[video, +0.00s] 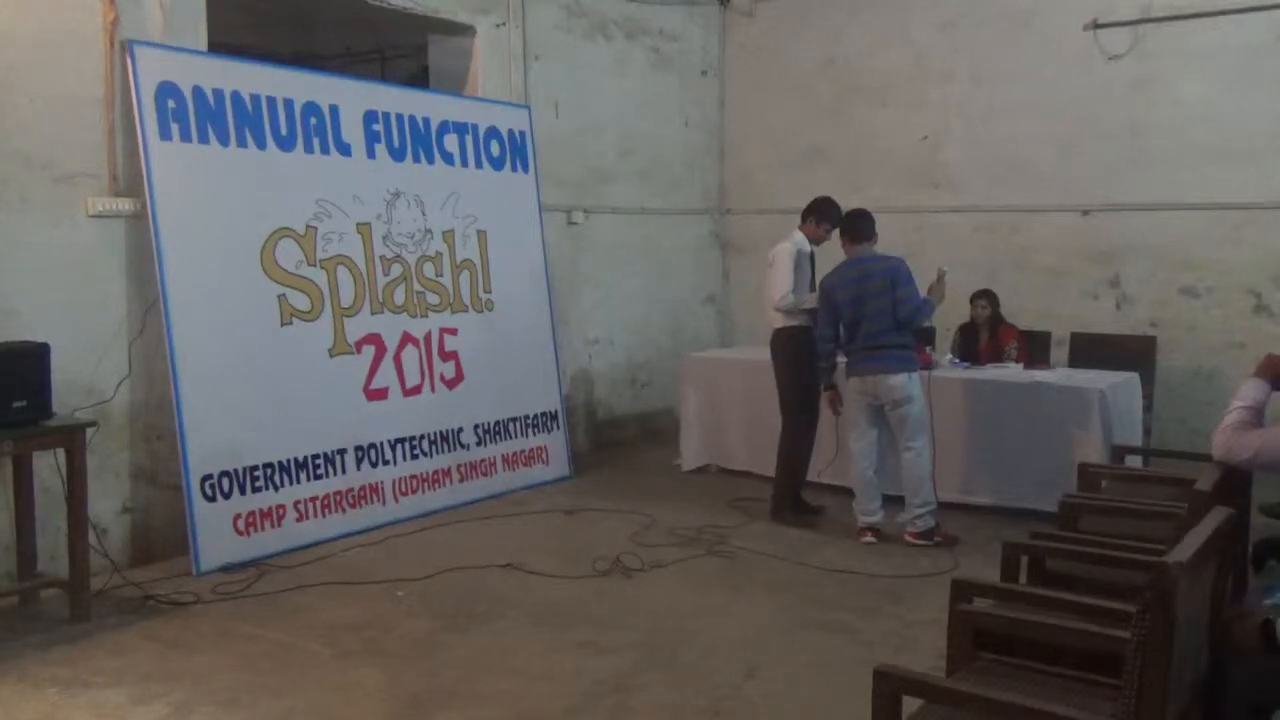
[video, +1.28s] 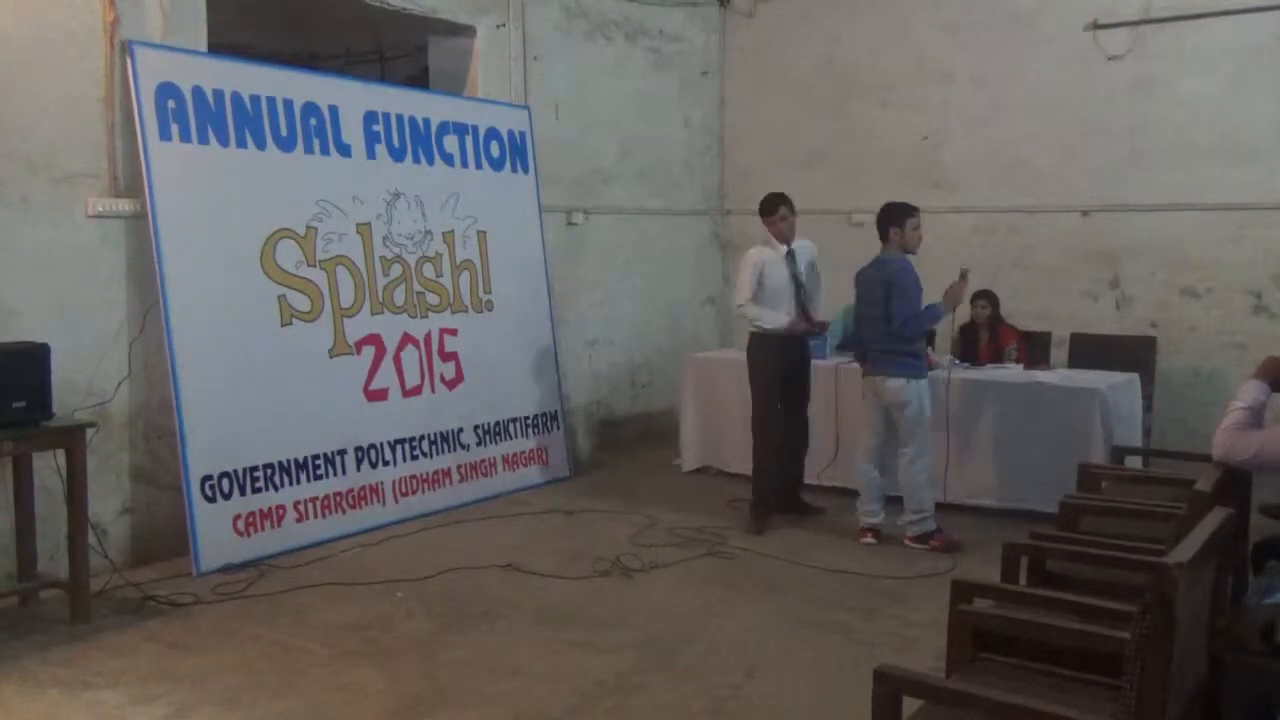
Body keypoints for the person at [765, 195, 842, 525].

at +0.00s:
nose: (827, 237)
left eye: (830, 231)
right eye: (826, 229)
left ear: (815, 223)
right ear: (811, 221)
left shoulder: (805, 252)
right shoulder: (787, 251)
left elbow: (800, 298)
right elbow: (781, 300)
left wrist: (824, 301)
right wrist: (820, 299)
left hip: (805, 337)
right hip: (790, 338)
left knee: (807, 420)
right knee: (796, 421)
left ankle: (794, 494)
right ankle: (783, 501)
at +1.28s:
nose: (784, 226)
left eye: (787, 219)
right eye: (776, 222)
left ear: (795, 217)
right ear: (766, 224)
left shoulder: (807, 251)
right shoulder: (757, 257)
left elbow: (814, 291)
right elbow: (742, 306)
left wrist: (813, 317)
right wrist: (786, 323)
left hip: (797, 345)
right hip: (766, 346)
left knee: (795, 423)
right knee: (768, 425)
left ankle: (791, 495)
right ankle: (762, 503)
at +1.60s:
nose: (732, 249)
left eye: (736, 241)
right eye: (725, 244)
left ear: (749, 229)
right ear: (718, 239)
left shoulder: (780, 254)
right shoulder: (714, 259)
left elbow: (797, 298)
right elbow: (703, 307)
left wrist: (784, 335)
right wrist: (729, 336)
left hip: (772, 353)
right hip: (734, 355)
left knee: (773, 430)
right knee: (740, 435)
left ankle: (781, 494)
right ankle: (755, 507)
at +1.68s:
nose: (726, 253)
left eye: (729, 245)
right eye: (718, 249)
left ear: (740, 233)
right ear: (708, 246)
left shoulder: (771, 257)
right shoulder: (703, 265)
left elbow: (793, 299)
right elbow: (695, 311)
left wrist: (778, 337)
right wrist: (717, 338)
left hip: (763, 349)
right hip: (727, 351)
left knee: (751, 425)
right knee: (734, 430)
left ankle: (758, 505)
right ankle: (752, 501)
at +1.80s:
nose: (702, 263)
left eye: (705, 256)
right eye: (696, 258)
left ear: (719, 245)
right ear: (690, 253)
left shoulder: (754, 265)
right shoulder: (692, 274)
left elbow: (783, 312)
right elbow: (687, 314)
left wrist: (770, 355)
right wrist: (691, 350)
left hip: (750, 353)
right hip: (713, 355)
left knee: (732, 436)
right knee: (734, 434)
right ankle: (757, 505)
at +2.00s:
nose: (674, 256)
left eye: (678, 248)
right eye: (668, 250)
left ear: (695, 241)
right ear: (665, 246)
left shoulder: (725, 271)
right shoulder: (668, 270)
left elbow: (745, 329)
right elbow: (665, 321)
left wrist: (762, 385)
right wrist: (657, 364)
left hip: (717, 363)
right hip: (683, 365)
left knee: (700, 457)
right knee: (687, 455)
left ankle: (699, 545)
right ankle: (735, 491)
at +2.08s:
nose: (664, 248)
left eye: (670, 240)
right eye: (659, 240)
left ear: (686, 232)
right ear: (654, 236)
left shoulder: (713, 264)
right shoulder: (654, 258)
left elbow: (734, 324)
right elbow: (649, 307)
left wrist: (739, 381)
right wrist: (645, 349)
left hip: (707, 358)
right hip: (670, 360)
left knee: (699, 453)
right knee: (661, 446)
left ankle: (699, 545)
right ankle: (709, 487)